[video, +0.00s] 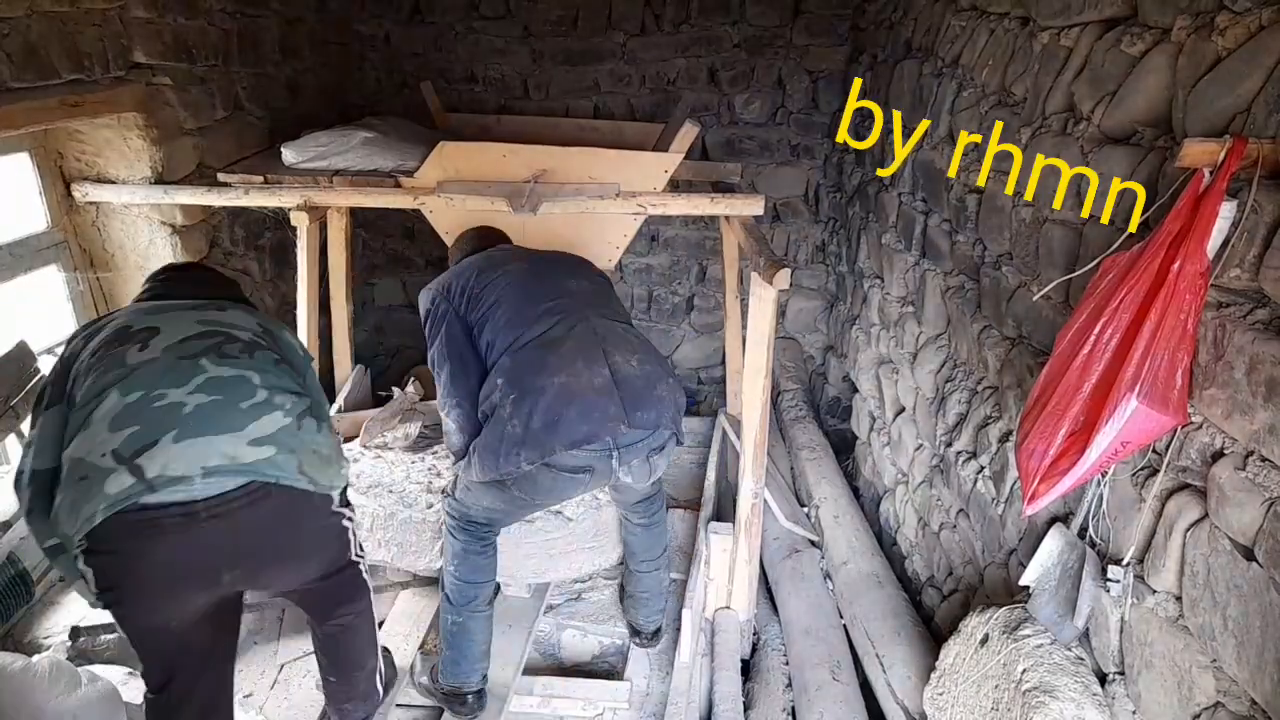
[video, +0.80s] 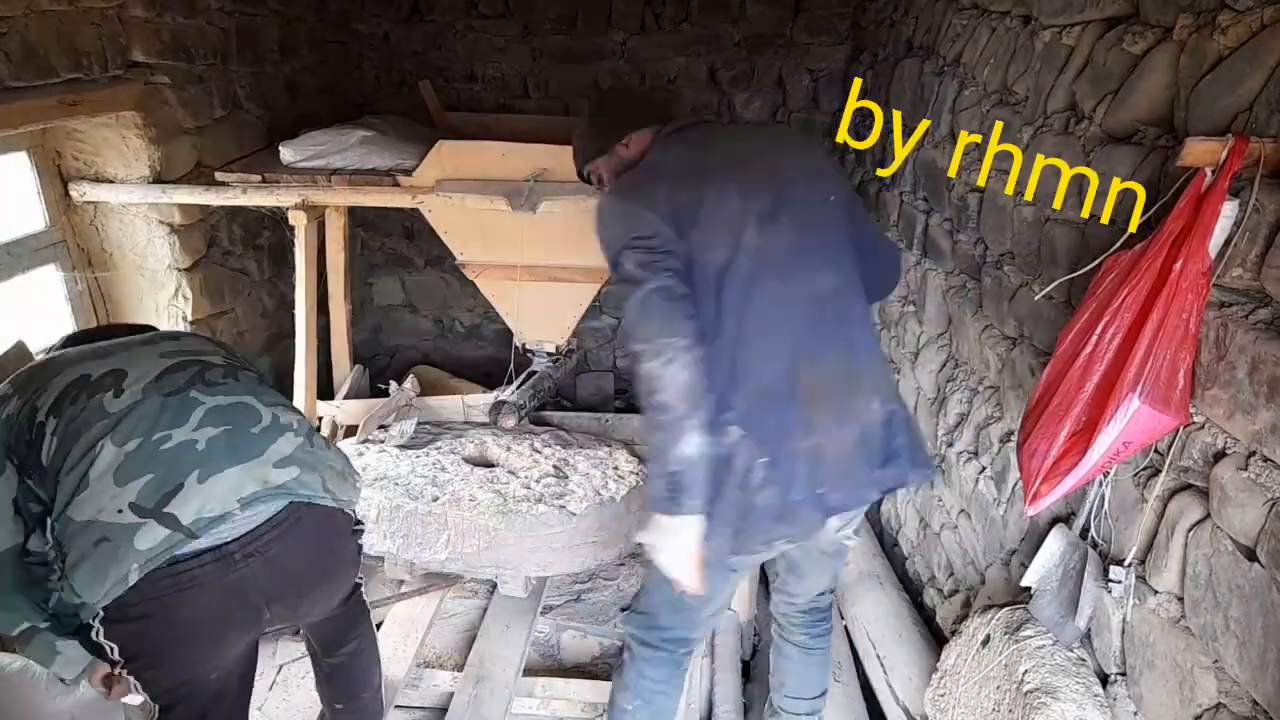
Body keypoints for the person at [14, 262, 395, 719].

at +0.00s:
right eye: (247, 300)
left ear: (145, 298)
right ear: (234, 298)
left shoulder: (89, 340)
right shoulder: (265, 327)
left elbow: (34, 488)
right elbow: (321, 428)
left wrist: (94, 578)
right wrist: (333, 504)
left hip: (139, 548)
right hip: (282, 515)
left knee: (181, 691)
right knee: (335, 589)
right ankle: (356, 701)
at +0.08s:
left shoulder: (63, 508)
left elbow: (7, 603)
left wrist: (103, 652)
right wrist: (182, 619)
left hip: (242, 570)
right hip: (370, 509)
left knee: (233, 682)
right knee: (373, 582)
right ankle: (364, 702)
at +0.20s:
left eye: (223, 264)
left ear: (237, 265)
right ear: (318, 264)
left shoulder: (197, 301)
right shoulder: (361, 306)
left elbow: (98, 393)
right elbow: (404, 398)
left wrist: (162, 478)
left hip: (232, 514)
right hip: (358, 498)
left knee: (223, 684)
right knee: (373, 568)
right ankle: (372, 687)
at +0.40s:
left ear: (310, 239)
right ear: (389, 252)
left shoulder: (251, 267)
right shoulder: (414, 302)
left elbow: (160, 333)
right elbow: (426, 415)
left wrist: (180, 444)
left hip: (247, 494)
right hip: (368, 497)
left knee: (232, 675)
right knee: (382, 553)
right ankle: (372, 684)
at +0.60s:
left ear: (306, 238)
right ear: (379, 255)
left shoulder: (228, 264)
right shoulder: (403, 305)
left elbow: (148, 349)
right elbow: (424, 424)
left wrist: (174, 465)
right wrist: (391, 504)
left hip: (215, 503)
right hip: (346, 502)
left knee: (229, 682)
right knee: (379, 570)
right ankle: (372, 691)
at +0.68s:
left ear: (194, 278)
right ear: (284, 286)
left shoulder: (115, 319)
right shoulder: (318, 333)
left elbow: (35, 447)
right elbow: (359, 469)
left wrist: (80, 572)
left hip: (158, 568)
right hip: (305, 547)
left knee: (210, 709)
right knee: (348, 623)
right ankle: (358, 714)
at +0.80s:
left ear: (59, 355)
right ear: (139, 335)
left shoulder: (17, 397)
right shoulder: (196, 344)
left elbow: (6, 576)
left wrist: (85, 665)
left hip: (168, 604)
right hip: (313, 539)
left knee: (198, 707)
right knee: (336, 604)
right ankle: (358, 712)